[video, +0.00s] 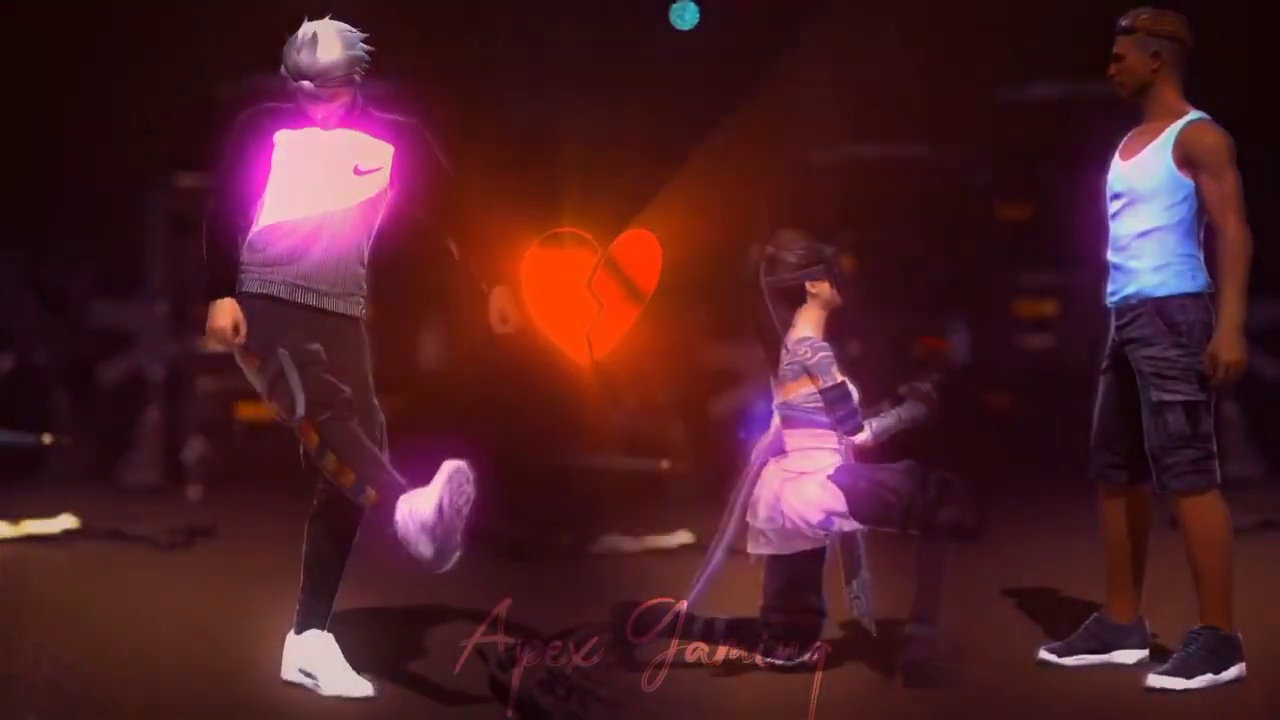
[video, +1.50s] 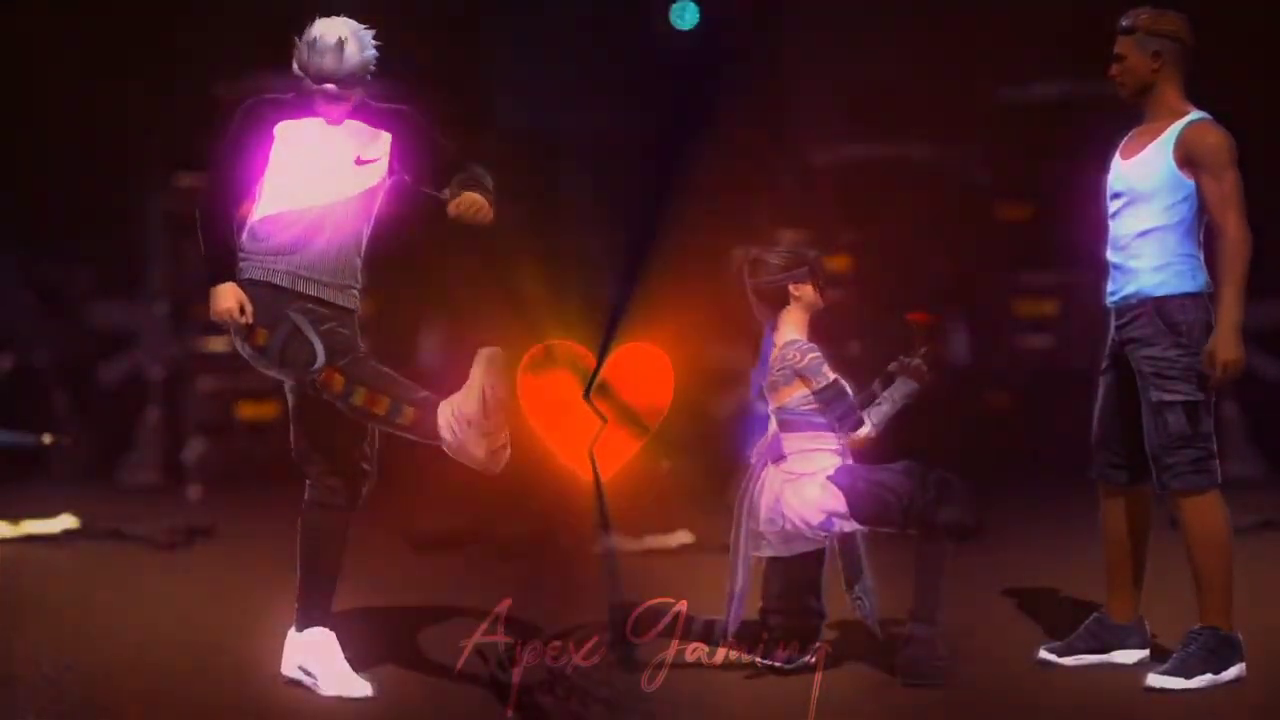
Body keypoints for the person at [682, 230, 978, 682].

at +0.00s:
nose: (836, 286)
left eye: (832, 278)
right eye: (828, 279)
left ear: (807, 290)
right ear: (811, 288)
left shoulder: (795, 346)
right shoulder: (812, 346)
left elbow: (846, 437)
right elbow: (852, 428)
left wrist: (904, 409)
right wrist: (908, 410)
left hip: (785, 488)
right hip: (812, 488)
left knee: (791, 638)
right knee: (939, 499)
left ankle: (670, 623)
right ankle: (923, 645)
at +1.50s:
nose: (819, 289)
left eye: (815, 281)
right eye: (812, 283)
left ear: (791, 292)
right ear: (793, 291)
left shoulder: (782, 349)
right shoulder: (800, 353)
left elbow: (848, 414)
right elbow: (857, 428)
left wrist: (893, 379)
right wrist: (905, 386)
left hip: (789, 481)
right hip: (809, 487)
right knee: (939, 497)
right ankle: (922, 642)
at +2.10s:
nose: (814, 289)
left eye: (810, 280)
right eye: (805, 281)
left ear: (788, 291)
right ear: (786, 291)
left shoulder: (784, 349)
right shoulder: (793, 353)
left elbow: (862, 397)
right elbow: (881, 405)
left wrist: (902, 350)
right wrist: (922, 352)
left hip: (792, 483)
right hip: (808, 486)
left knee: (794, 641)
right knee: (942, 498)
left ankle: (674, 624)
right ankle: (924, 650)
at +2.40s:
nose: (814, 290)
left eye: (811, 281)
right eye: (806, 282)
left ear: (786, 292)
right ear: (786, 290)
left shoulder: (782, 350)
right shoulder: (792, 352)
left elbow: (868, 390)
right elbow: (887, 394)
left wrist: (907, 345)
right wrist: (930, 342)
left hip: (794, 482)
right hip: (809, 486)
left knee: (795, 642)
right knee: (942, 496)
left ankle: (674, 624)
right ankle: (924, 647)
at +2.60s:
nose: (814, 291)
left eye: (811, 282)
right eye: (806, 283)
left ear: (786, 292)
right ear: (785, 290)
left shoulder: (785, 352)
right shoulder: (791, 354)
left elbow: (877, 379)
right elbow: (888, 384)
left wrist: (920, 335)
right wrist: (934, 333)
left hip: (798, 483)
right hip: (809, 486)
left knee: (797, 640)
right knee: (941, 497)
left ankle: (676, 625)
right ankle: (923, 648)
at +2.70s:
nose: (815, 291)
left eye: (812, 282)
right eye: (807, 283)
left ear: (786, 292)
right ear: (785, 291)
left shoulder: (786, 350)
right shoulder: (790, 353)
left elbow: (876, 376)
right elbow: (887, 381)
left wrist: (923, 329)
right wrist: (935, 329)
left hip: (798, 481)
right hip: (809, 486)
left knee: (796, 639)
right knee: (942, 496)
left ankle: (678, 625)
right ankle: (923, 647)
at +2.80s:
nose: (814, 291)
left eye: (811, 282)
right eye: (806, 283)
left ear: (786, 292)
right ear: (785, 291)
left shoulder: (785, 350)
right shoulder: (790, 353)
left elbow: (875, 375)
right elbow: (886, 381)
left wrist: (922, 329)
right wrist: (935, 329)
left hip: (801, 480)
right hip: (810, 486)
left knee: (797, 636)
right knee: (940, 497)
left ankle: (676, 624)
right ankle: (923, 648)